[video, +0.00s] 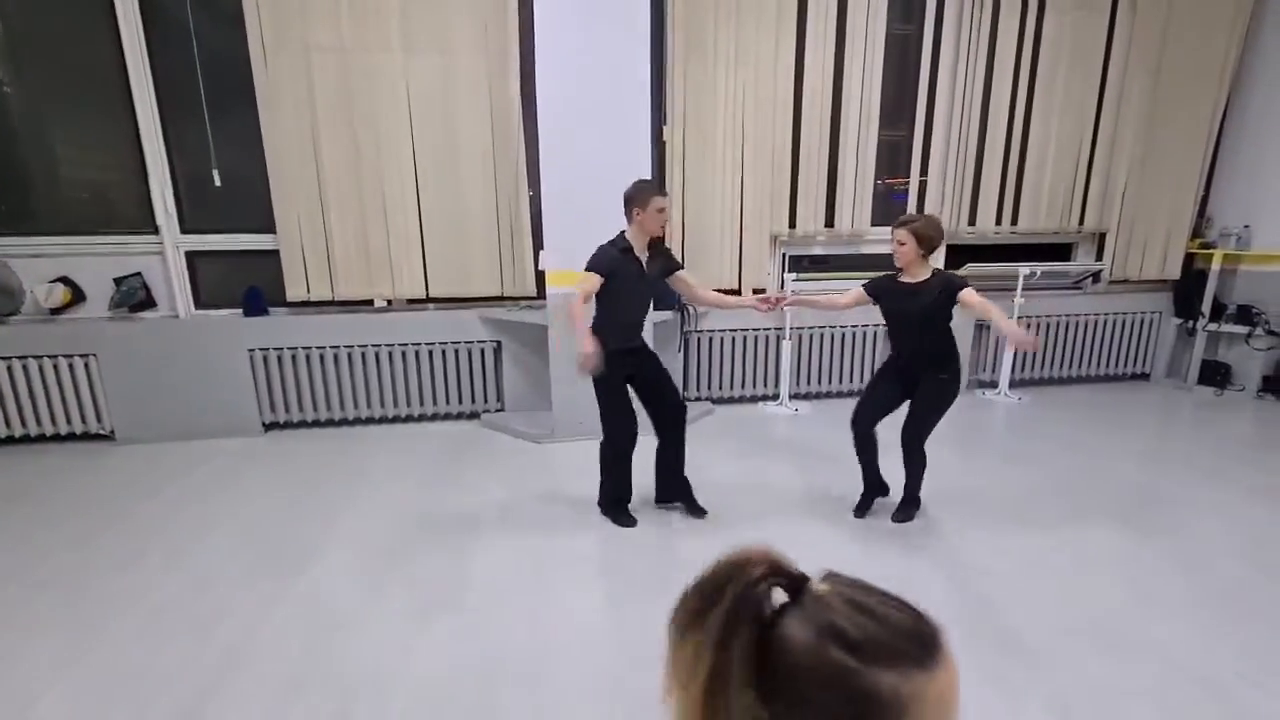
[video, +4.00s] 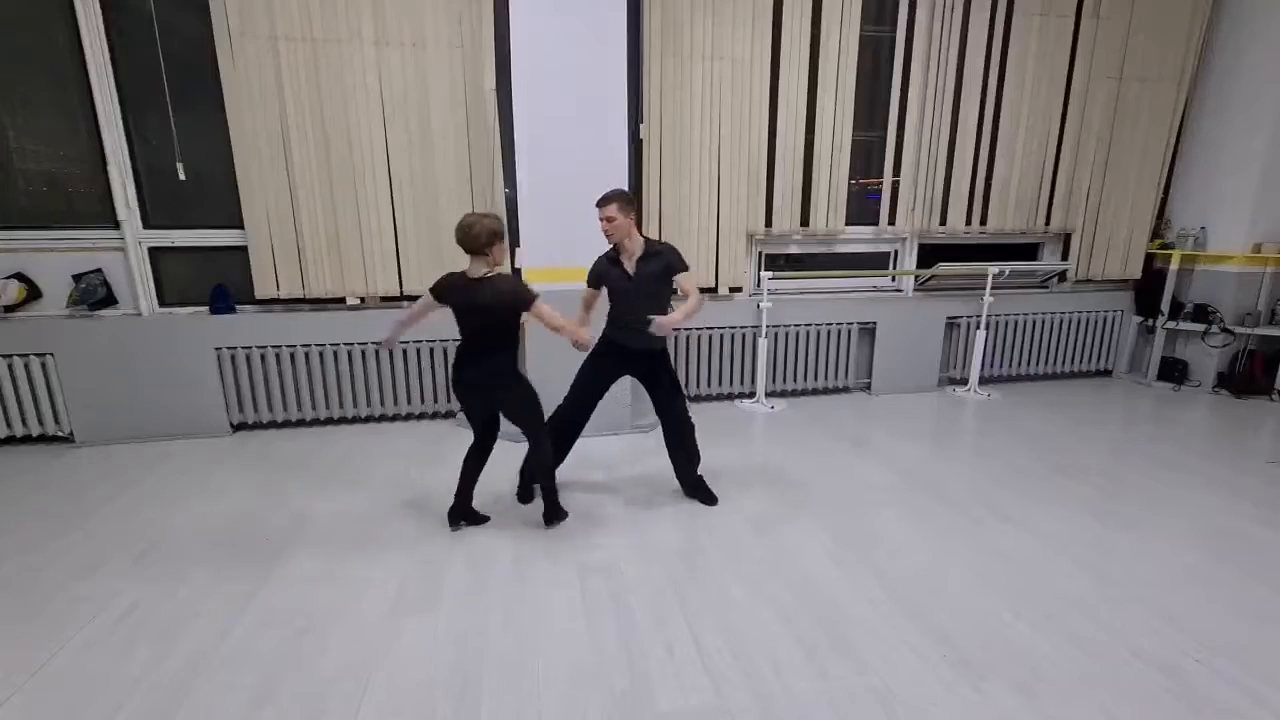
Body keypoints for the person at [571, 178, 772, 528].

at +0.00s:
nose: (666, 218)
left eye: (667, 211)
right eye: (659, 211)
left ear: (647, 214)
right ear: (636, 213)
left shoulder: (659, 255)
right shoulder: (609, 255)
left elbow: (695, 294)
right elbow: (579, 299)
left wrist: (750, 301)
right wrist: (585, 340)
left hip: (636, 350)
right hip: (605, 353)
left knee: (672, 412)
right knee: (621, 428)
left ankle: (671, 490)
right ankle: (613, 502)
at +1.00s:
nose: (668, 209)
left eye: (674, 202)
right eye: (661, 203)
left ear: (680, 205)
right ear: (648, 206)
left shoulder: (684, 255)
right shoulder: (634, 244)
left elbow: (696, 306)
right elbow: (614, 213)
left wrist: (708, 354)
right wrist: (594, 196)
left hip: (678, 338)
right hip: (643, 337)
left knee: (703, 399)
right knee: (632, 412)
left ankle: (711, 466)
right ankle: (608, 487)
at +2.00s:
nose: (650, 234)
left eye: (655, 225)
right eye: (643, 227)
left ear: (669, 217)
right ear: (637, 225)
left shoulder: (695, 254)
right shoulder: (631, 255)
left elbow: (712, 303)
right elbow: (603, 295)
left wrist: (719, 353)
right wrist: (581, 318)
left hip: (685, 350)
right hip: (644, 350)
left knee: (709, 414)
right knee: (617, 418)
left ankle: (729, 475)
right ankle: (581, 488)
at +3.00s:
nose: (645, 222)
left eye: (652, 216)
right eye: (639, 216)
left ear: (663, 220)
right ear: (630, 218)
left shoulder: (668, 275)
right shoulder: (611, 244)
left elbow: (664, 331)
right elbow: (563, 252)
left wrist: (620, 333)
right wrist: (536, 289)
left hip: (655, 357)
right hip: (613, 357)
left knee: (697, 415)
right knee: (599, 427)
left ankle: (739, 474)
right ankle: (578, 491)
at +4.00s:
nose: (604, 227)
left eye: (610, 219)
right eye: (601, 221)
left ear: (631, 218)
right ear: (602, 223)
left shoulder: (665, 255)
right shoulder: (604, 265)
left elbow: (695, 296)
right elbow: (586, 307)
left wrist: (677, 317)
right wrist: (578, 331)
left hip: (652, 352)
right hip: (611, 350)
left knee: (677, 416)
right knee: (573, 410)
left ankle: (691, 479)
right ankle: (533, 470)